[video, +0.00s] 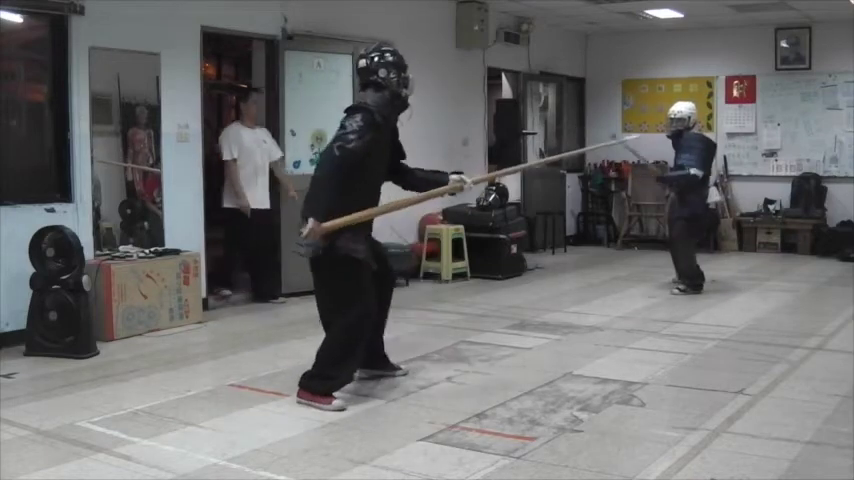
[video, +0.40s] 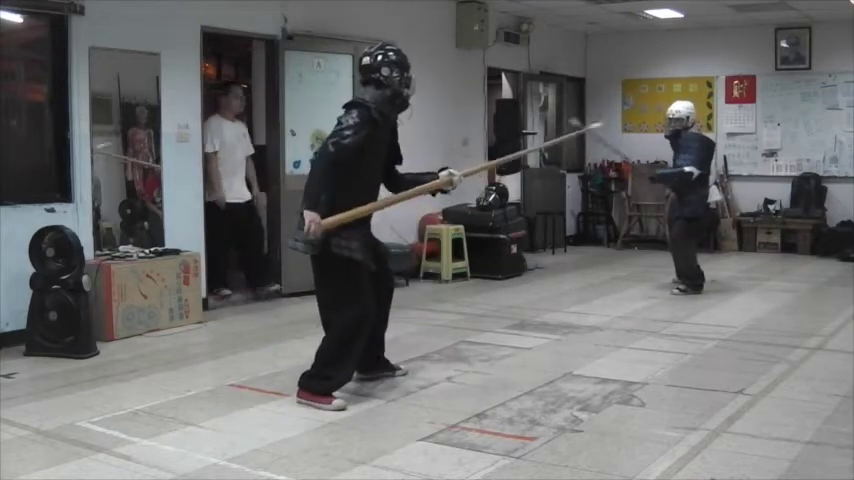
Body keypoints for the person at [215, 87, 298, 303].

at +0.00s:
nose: (257, 108)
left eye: (258, 104)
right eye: (253, 104)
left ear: (257, 107)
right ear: (242, 107)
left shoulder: (263, 134)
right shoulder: (231, 133)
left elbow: (276, 164)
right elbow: (231, 168)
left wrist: (288, 185)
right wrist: (241, 197)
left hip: (262, 204)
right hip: (236, 204)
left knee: (263, 249)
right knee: (234, 248)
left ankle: (265, 291)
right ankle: (224, 285)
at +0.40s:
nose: (242, 102)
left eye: (242, 98)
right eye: (237, 98)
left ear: (241, 102)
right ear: (224, 100)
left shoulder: (241, 127)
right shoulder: (212, 124)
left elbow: (248, 161)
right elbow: (211, 159)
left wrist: (255, 190)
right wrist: (216, 191)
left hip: (243, 198)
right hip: (219, 199)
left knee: (254, 238)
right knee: (219, 245)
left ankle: (260, 282)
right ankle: (217, 285)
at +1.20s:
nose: (232, 100)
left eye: (233, 96)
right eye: (227, 96)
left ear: (232, 99)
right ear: (215, 98)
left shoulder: (233, 125)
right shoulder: (206, 123)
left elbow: (243, 155)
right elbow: (207, 158)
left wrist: (254, 179)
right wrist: (222, 187)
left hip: (236, 196)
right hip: (214, 198)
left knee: (242, 240)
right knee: (217, 244)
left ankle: (250, 280)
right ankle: (217, 285)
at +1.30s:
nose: (232, 100)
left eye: (232, 96)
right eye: (227, 96)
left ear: (231, 99)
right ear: (215, 98)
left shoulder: (233, 125)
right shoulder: (207, 123)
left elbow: (243, 156)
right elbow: (206, 158)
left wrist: (252, 180)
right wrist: (218, 187)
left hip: (237, 196)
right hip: (214, 197)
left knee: (242, 240)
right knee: (217, 244)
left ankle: (251, 280)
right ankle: (217, 285)